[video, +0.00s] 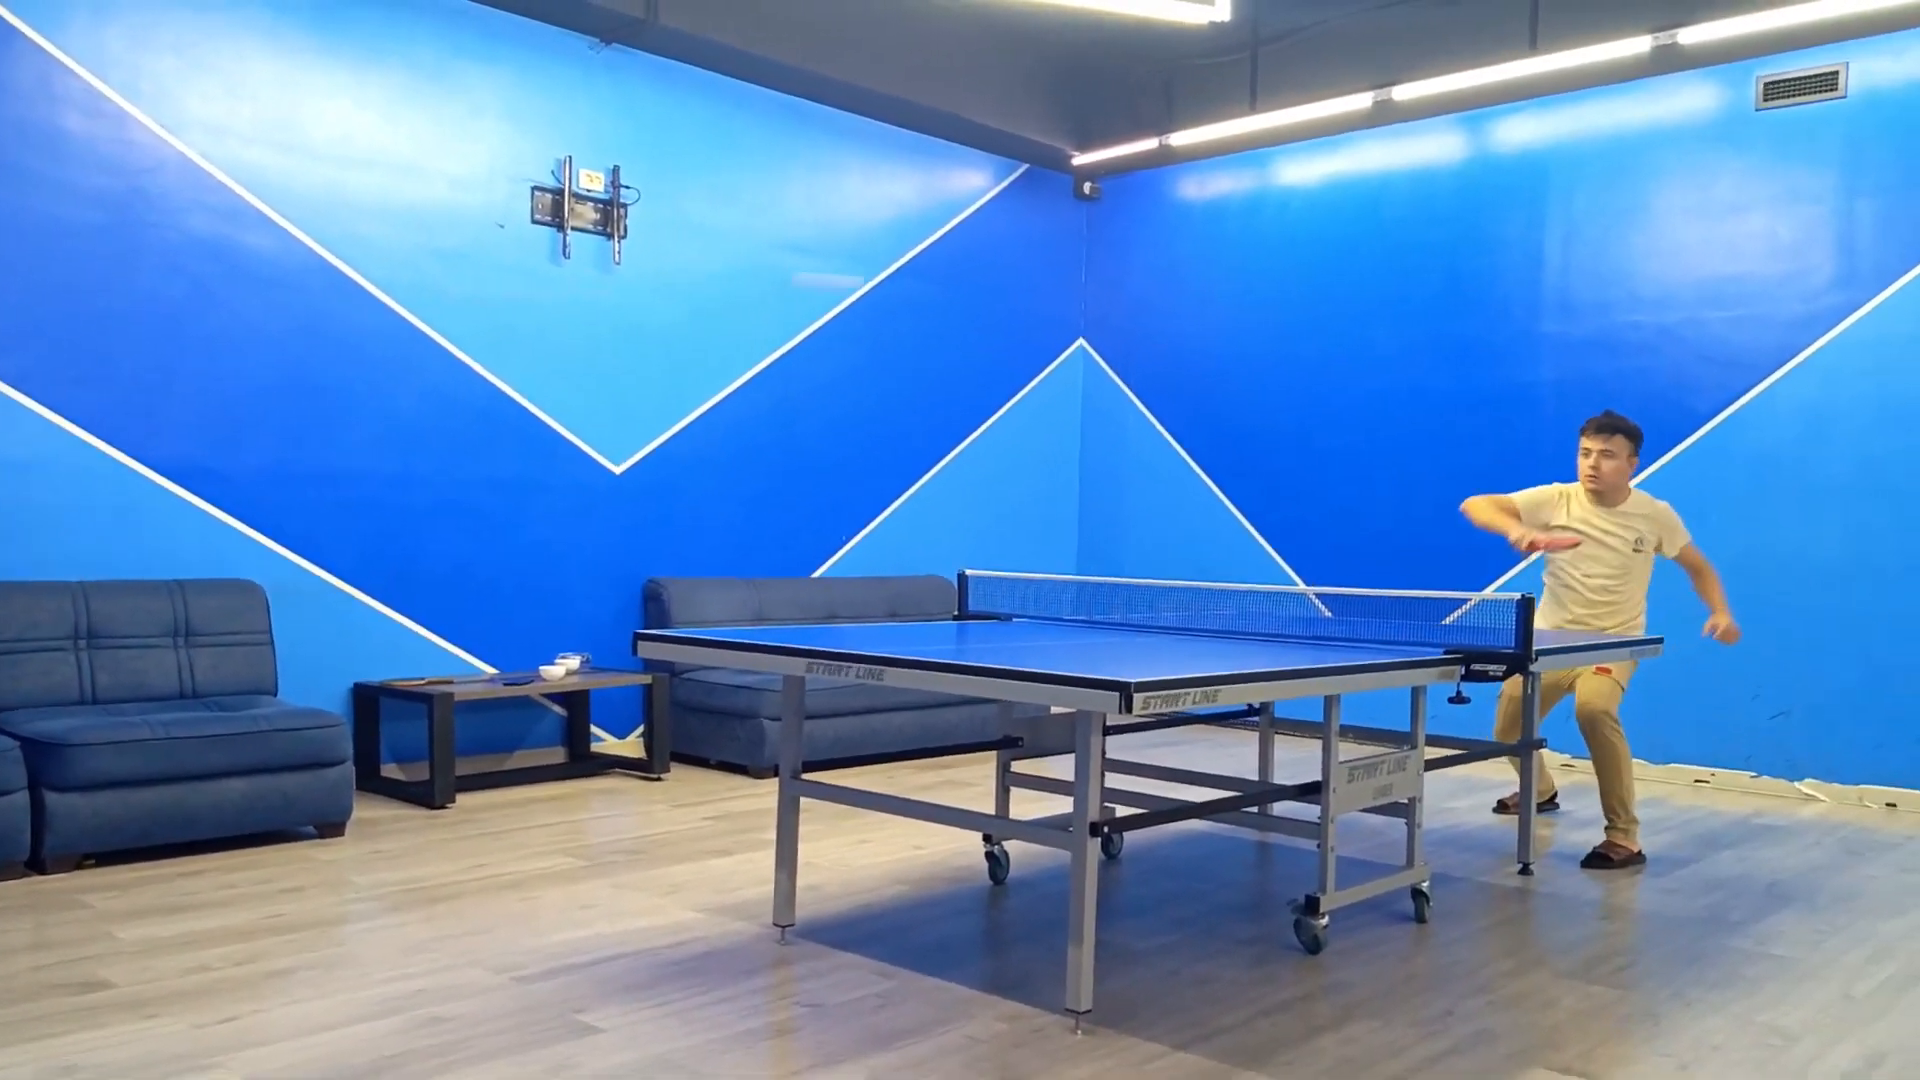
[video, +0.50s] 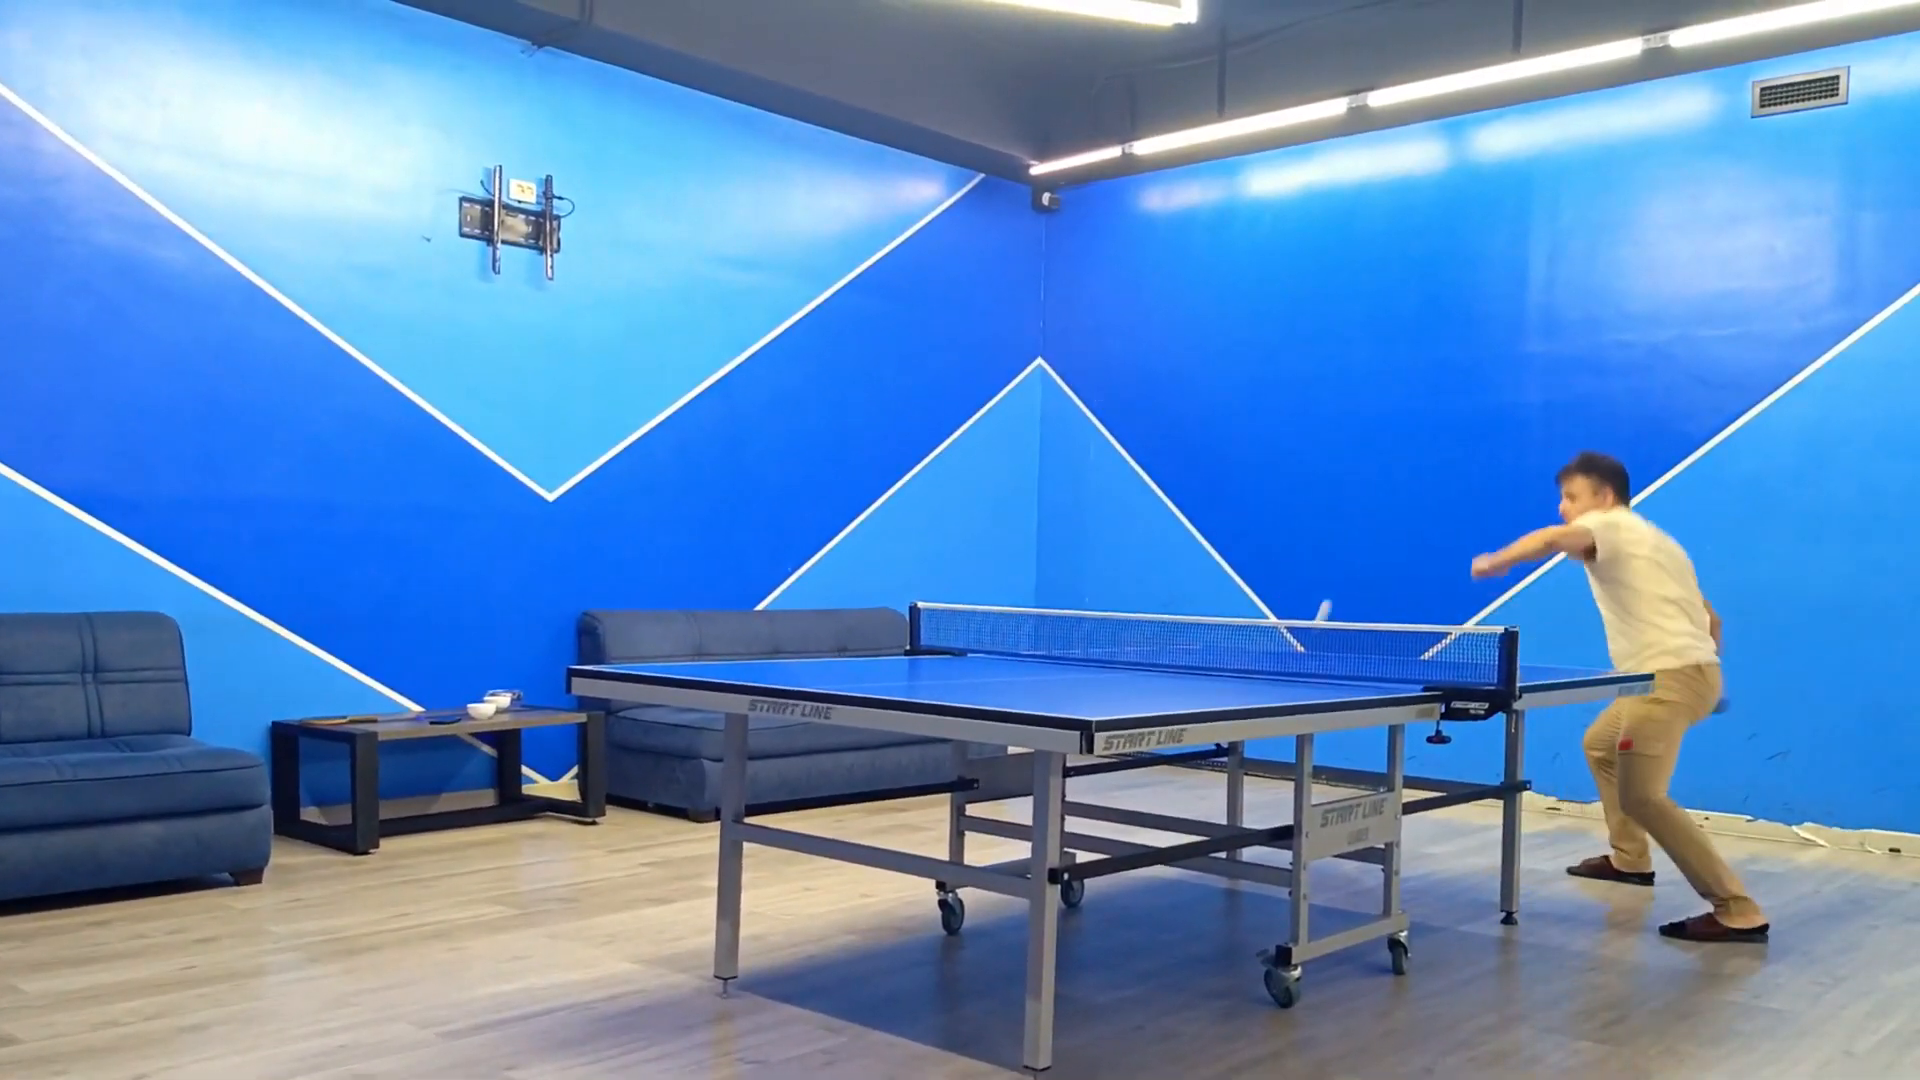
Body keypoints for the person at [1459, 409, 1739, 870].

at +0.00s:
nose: (1592, 463)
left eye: (1606, 455)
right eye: (1585, 453)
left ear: (1632, 466)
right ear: (1578, 456)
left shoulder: (1655, 517)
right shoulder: (1556, 500)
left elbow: (1696, 566)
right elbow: (1474, 506)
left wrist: (1721, 610)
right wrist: (1514, 528)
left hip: (1613, 644)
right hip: (1552, 640)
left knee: (1593, 710)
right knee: (1512, 702)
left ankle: (1622, 837)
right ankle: (1538, 787)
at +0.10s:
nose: (1576, 459)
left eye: (1591, 449)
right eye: (1572, 448)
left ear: (1622, 457)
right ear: (1566, 453)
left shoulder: (1658, 512)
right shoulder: (1557, 504)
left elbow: (1713, 563)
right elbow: (1476, 532)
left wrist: (1721, 606)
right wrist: (1494, 561)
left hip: (1623, 653)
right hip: (1561, 648)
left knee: (1581, 731)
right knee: (1533, 720)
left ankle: (1617, 863)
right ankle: (1534, 812)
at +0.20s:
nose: (1563, 446)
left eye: (1576, 436)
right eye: (1558, 436)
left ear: (1610, 440)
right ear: (1555, 440)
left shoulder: (1648, 494)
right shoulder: (1565, 495)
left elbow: (1710, 562)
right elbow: (1530, 550)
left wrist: (1663, 598)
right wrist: (1496, 581)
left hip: (1633, 650)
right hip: (1578, 647)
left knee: (1585, 747)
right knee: (1552, 739)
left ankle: (1617, 884)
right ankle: (1559, 843)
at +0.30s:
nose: (1561, 439)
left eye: (1572, 428)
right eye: (1555, 430)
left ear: (1606, 429)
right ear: (1553, 435)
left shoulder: (1633, 476)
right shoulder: (1586, 493)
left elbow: (1666, 547)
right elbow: (1594, 574)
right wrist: (1532, 605)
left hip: (1649, 631)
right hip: (1606, 634)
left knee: (1616, 743)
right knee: (1579, 736)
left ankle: (1660, 886)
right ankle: (1607, 845)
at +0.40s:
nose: (1560, 470)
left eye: (1569, 458)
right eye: (1556, 460)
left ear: (1603, 454)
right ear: (1610, 461)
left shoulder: (1615, 487)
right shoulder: (1632, 497)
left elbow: (1578, 536)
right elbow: (1650, 585)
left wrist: (1522, 543)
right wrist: (1613, 645)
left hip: (1659, 647)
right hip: (1637, 647)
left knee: (1641, 767)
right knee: (1594, 743)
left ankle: (1728, 897)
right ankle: (1623, 856)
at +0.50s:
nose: (1562, 508)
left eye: (1571, 497)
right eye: (1562, 498)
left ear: (1605, 496)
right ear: (1617, 502)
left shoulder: (1605, 524)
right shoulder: (1663, 543)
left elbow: (1550, 538)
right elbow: (1709, 620)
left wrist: (1497, 560)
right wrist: (1708, 682)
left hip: (1669, 671)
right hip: (1693, 670)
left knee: (1642, 797)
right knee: (1601, 745)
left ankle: (1738, 910)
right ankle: (1630, 860)